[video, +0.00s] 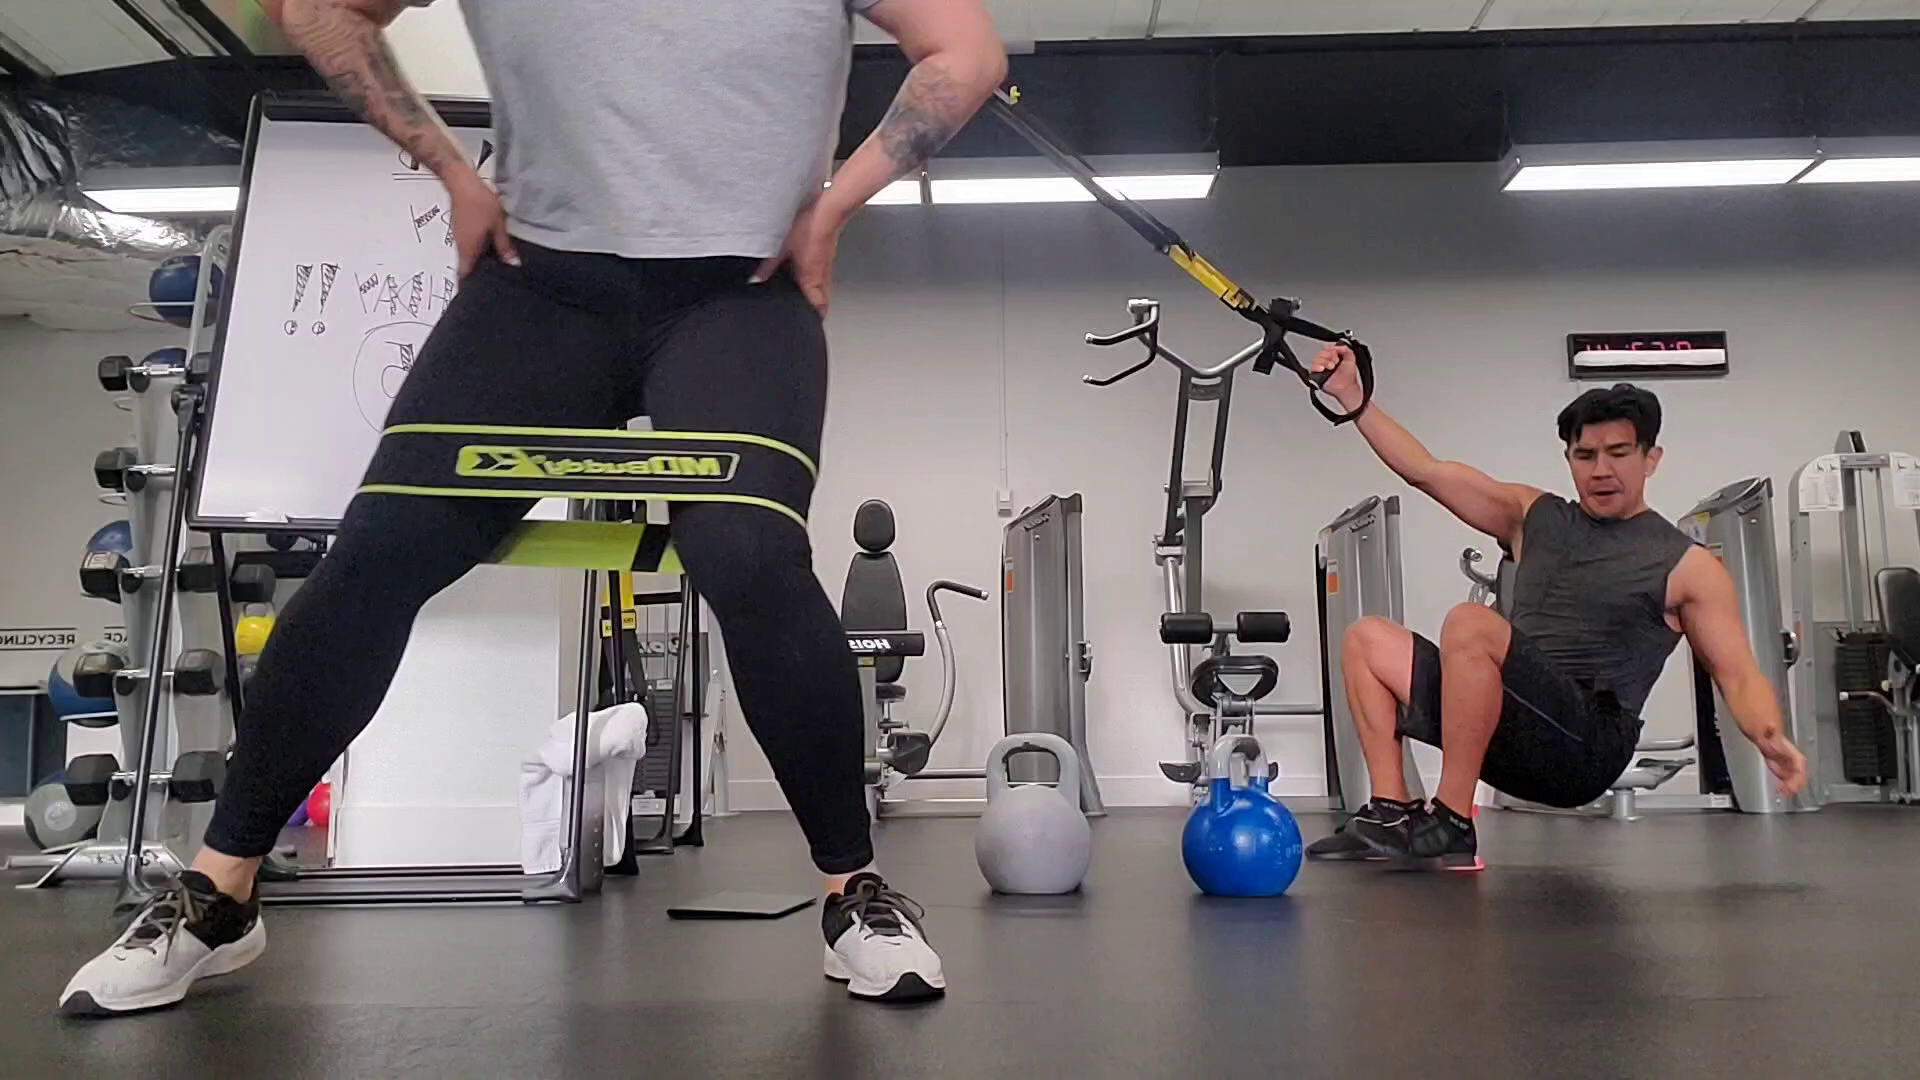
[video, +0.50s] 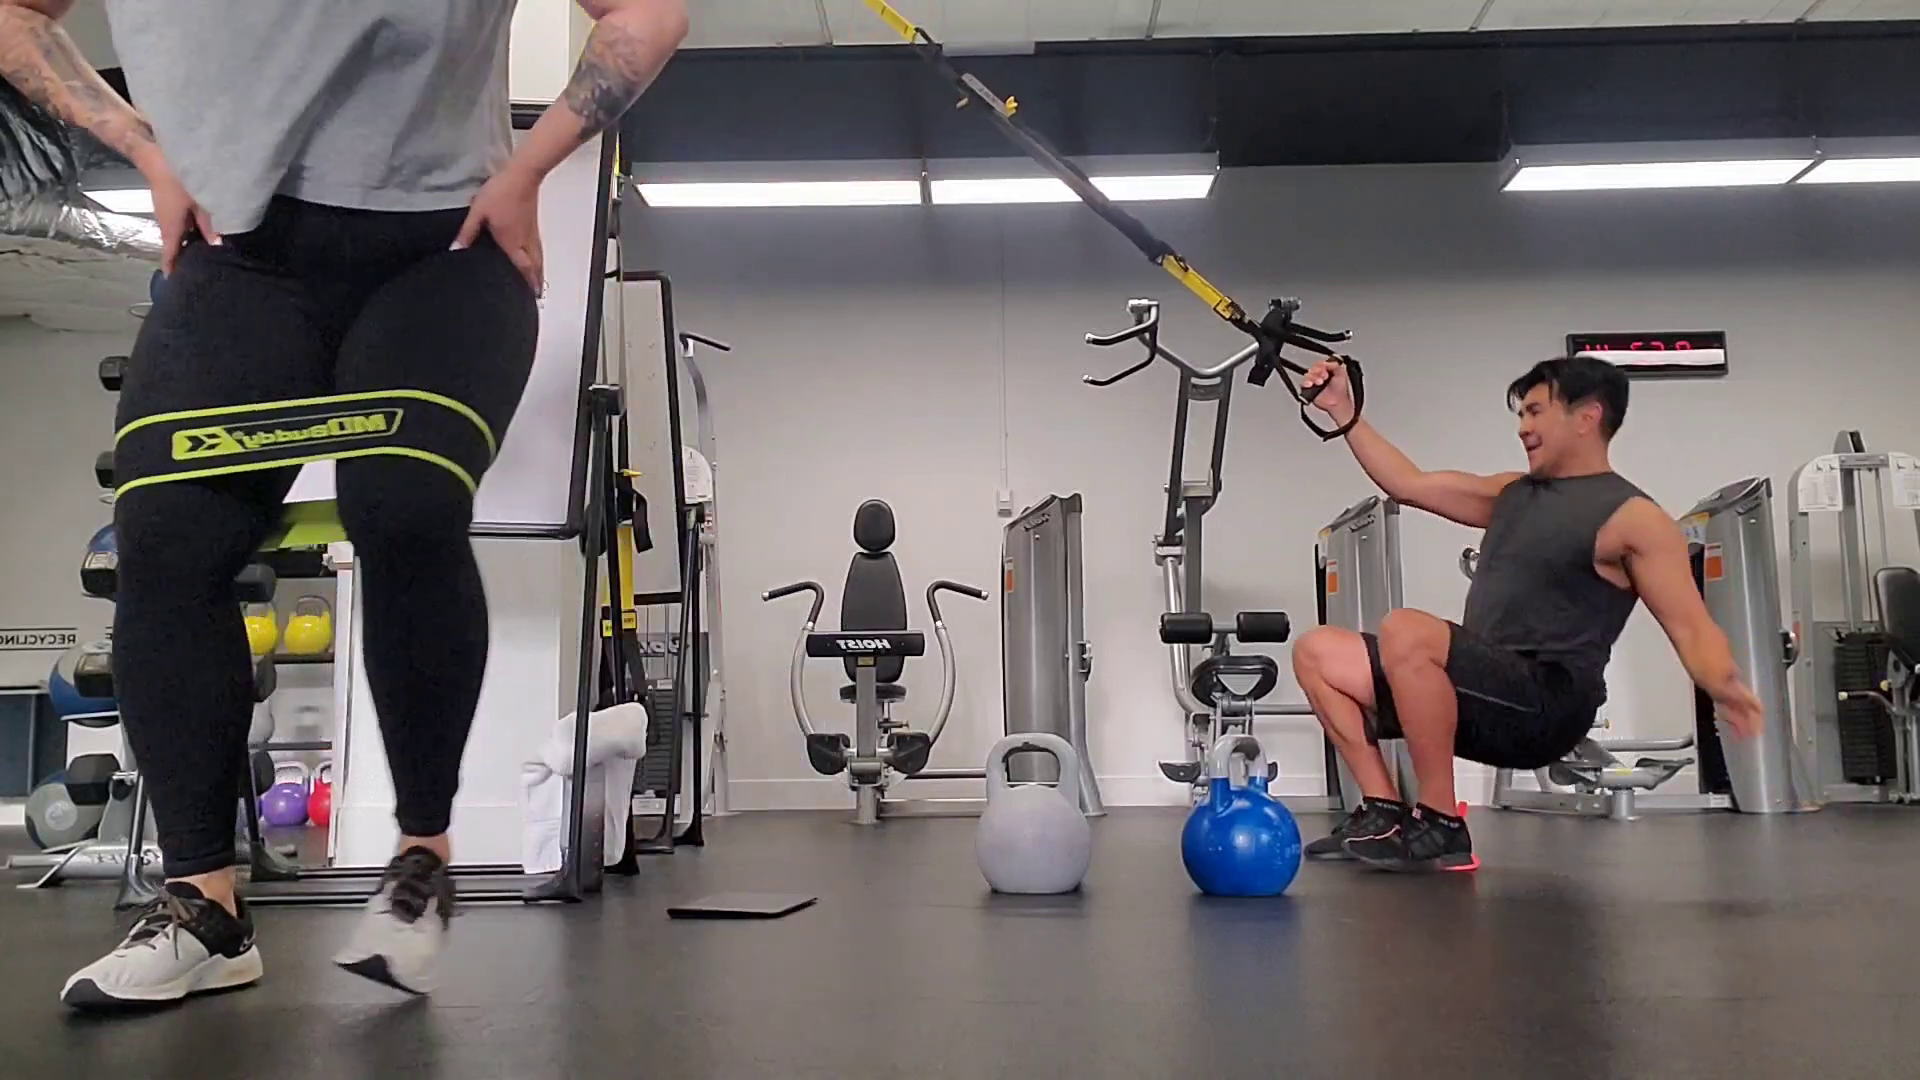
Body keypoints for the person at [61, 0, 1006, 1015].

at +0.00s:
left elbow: (972, 57)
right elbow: (316, 15)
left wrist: (838, 200)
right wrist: (448, 165)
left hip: (739, 288)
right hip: (538, 278)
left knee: (749, 553)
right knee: (376, 548)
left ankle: (855, 895)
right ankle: (217, 893)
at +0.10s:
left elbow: (888, 66)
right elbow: (238, 40)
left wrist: (760, 209)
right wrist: (370, 191)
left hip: (667, 311)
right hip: (460, 306)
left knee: (693, 569)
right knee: (309, 577)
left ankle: (850, 895)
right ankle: (216, 917)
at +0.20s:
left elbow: (795, 52)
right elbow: (145, 35)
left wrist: (672, 197)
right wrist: (275, 182)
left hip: (588, 292)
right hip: (379, 292)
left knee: (644, 563)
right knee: (243, 560)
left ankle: (839, 882)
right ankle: (213, 911)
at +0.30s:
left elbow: (725, 27)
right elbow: (78, 18)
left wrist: (607, 173)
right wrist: (219, 165)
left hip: (528, 247)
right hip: (312, 255)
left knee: (585, 528)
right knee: (215, 553)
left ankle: (732, 859)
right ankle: (211, 910)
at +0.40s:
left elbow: (684, 9)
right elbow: (31, 11)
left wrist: (561, 158)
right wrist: (174, 146)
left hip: (482, 229)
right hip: (269, 237)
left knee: (492, 505)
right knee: (196, 541)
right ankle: (211, 906)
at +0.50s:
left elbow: (650, 12)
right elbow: (16, 18)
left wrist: (529, 165)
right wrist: (140, 139)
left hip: (444, 244)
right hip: (236, 244)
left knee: (404, 509)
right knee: (164, 541)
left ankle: (422, 857)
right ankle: (205, 903)